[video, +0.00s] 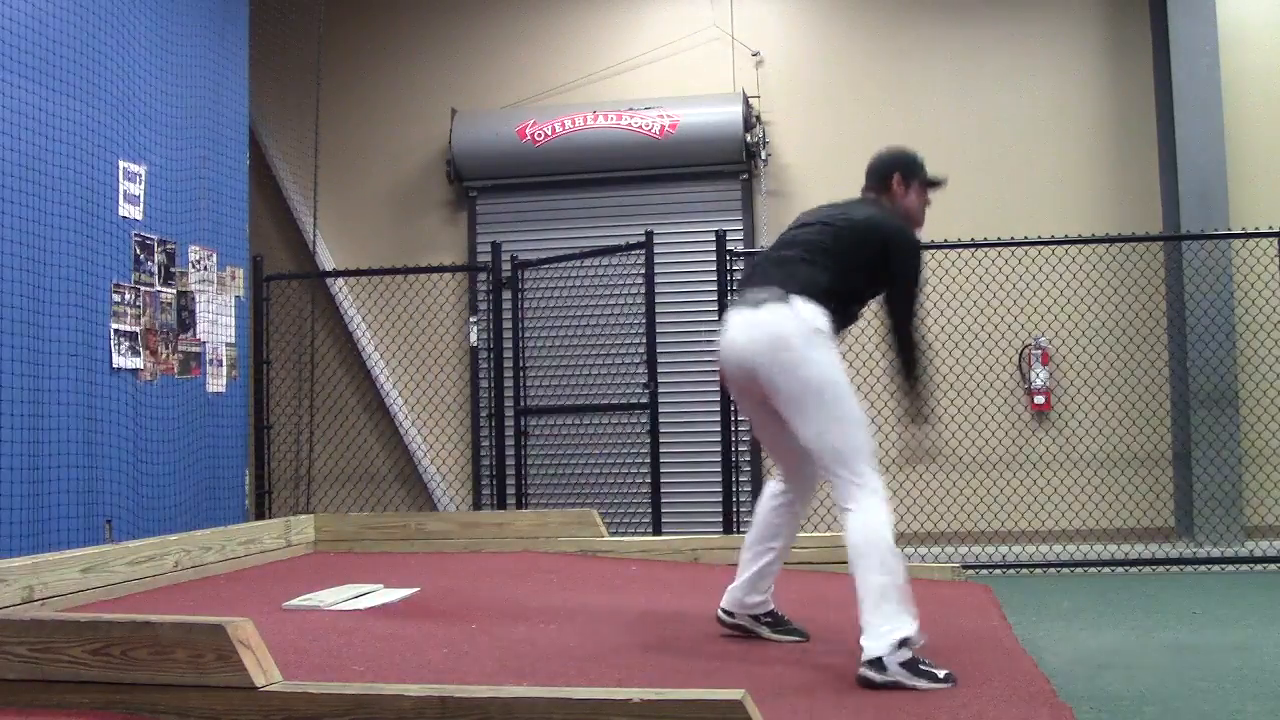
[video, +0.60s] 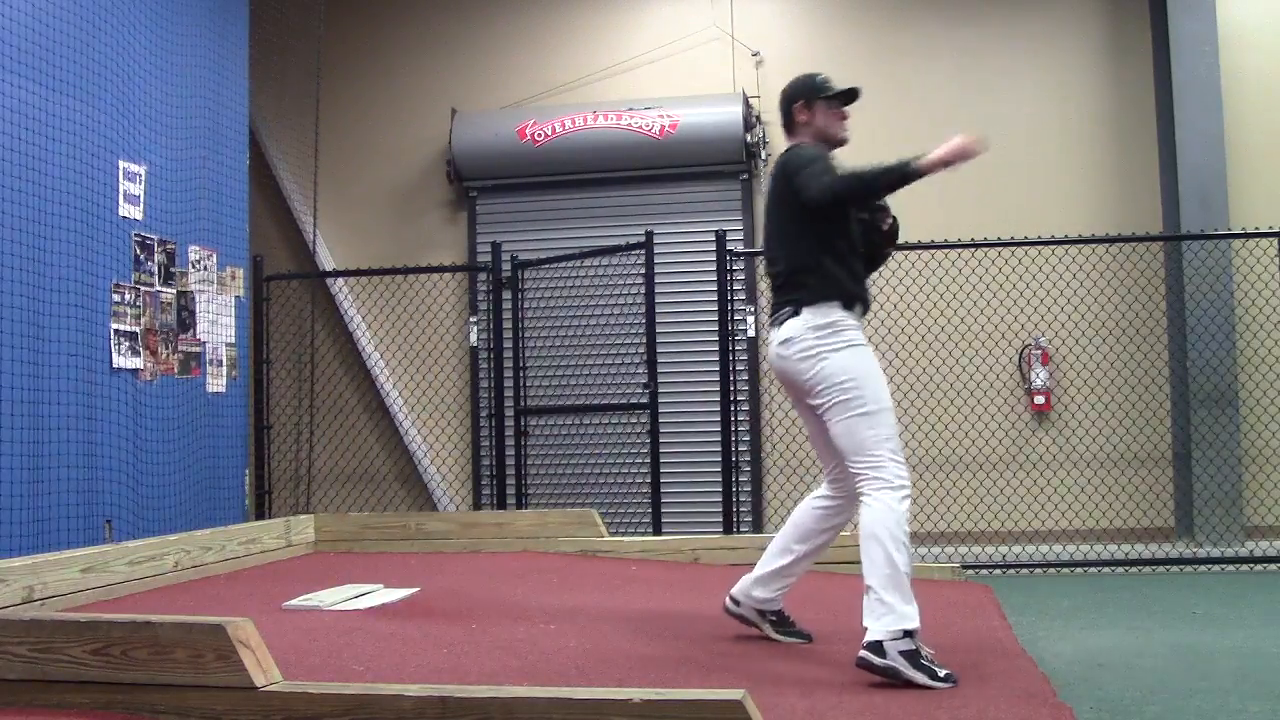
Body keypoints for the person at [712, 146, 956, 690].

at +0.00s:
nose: (927, 204)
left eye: (928, 193)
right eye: (923, 192)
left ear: (881, 186)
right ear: (899, 186)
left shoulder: (827, 216)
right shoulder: (896, 233)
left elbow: (784, 289)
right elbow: (903, 329)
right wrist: (917, 407)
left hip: (734, 331)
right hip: (791, 329)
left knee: (794, 476)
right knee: (860, 486)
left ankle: (745, 603)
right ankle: (887, 648)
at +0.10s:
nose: (926, 174)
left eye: (925, 163)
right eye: (921, 162)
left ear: (875, 164)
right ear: (895, 162)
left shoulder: (814, 210)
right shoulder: (900, 215)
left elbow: (763, 285)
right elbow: (956, 298)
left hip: (759, 352)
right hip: (822, 348)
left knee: (817, 481)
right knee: (903, 493)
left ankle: (750, 601)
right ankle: (891, 644)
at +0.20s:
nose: (922, 144)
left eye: (921, 134)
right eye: (916, 133)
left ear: (869, 136)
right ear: (889, 133)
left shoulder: (816, 191)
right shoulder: (897, 186)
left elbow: (776, 270)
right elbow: (978, 245)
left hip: (772, 339)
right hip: (826, 334)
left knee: (831, 480)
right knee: (903, 484)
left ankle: (756, 593)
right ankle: (892, 639)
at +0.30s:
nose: (911, 117)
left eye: (909, 107)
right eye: (904, 107)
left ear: (859, 112)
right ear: (876, 108)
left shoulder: (819, 170)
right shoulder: (885, 159)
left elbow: (795, 255)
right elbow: (969, 195)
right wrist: (1076, 199)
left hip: (781, 329)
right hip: (829, 325)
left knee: (836, 471)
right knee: (895, 477)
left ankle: (762, 586)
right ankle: (889, 638)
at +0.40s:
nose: (891, 100)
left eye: (888, 91)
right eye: (882, 91)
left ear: (843, 99)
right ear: (851, 95)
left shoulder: (813, 160)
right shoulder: (859, 143)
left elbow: (812, 240)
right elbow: (945, 166)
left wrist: (881, 235)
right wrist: (1046, 147)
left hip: (793, 327)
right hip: (837, 324)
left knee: (838, 473)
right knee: (890, 477)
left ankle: (760, 585)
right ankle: (888, 638)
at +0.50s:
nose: (867, 102)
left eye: (865, 94)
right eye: (857, 94)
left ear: (824, 102)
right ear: (826, 100)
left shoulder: (804, 167)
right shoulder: (831, 148)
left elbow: (876, 237)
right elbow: (900, 161)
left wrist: (874, 214)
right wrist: (993, 136)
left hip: (803, 328)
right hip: (837, 325)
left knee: (843, 479)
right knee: (891, 480)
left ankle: (761, 587)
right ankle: (888, 639)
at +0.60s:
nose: (844, 116)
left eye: (844, 108)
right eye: (834, 107)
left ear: (806, 116)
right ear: (801, 113)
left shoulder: (799, 172)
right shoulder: (804, 157)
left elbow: (833, 266)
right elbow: (829, 190)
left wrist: (876, 241)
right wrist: (925, 163)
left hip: (791, 338)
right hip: (824, 332)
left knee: (844, 484)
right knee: (884, 481)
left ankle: (756, 594)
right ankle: (891, 637)